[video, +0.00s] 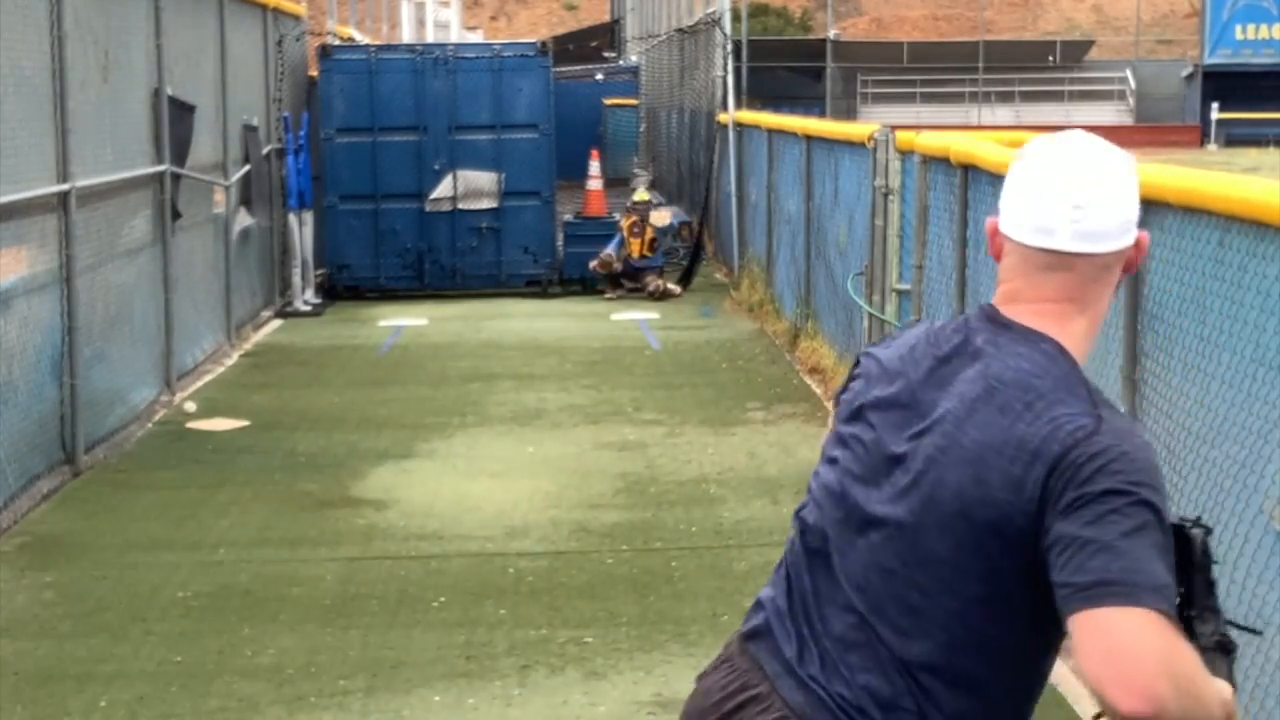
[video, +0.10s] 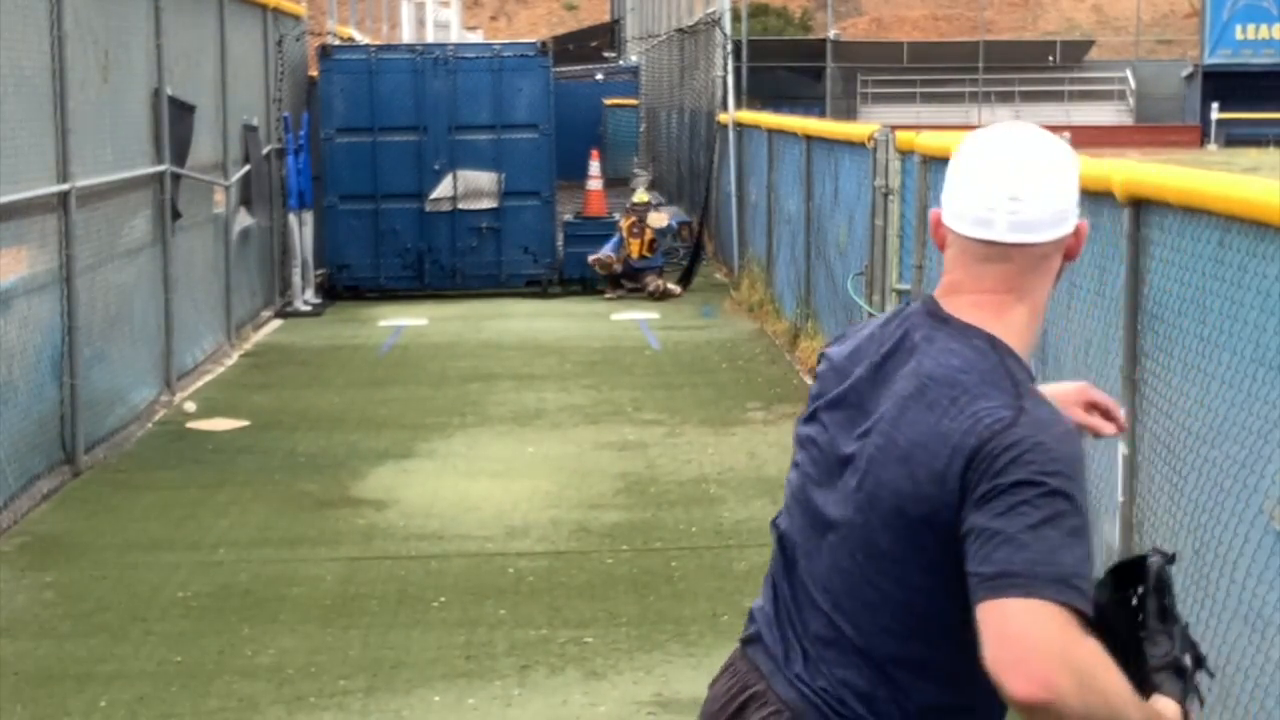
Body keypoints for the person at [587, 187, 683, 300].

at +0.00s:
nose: (642, 209)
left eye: (645, 205)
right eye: (637, 206)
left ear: (650, 207)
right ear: (631, 209)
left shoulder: (658, 227)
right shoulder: (628, 227)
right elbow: (616, 243)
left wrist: (670, 219)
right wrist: (606, 258)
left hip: (651, 267)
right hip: (630, 265)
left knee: (653, 286)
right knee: (610, 265)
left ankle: (665, 289)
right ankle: (616, 289)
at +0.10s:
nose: (640, 212)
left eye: (644, 208)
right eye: (636, 208)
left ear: (649, 209)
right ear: (630, 209)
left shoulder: (656, 228)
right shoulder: (626, 227)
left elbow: (672, 229)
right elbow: (615, 242)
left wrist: (665, 224)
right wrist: (604, 255)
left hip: (650, 267)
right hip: (628, 265)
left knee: (653, 287)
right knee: (610, 265)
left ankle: (665, 289)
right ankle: (615, 289)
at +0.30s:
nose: (654, 227)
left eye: (657, 223)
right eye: (650, 223)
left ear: (663, 223)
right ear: (643, 225)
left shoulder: (671, 237)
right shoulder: (641, 241)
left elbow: (688, 259)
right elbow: (641, 260)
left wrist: (668, 279)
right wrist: (646, 269)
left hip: (678, 277)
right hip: (656, 279)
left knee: (698, 260)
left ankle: (709, 292)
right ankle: (635, 289)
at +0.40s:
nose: (655, 230)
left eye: (658, 225)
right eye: (651, 226)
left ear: (664, 226)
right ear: (644, 227)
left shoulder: (672, 239)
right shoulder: (642, 242)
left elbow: (689, 260)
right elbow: (641, 260)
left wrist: (669, 277)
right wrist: (647, 268)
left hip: (678, 277)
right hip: (656, 279)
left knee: (700, 262)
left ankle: (709, 292)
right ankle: (637, 289)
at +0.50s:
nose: (656, 229)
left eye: (659, 225)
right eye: (652, 225)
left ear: (665, 226)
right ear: (645, 227)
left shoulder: (674, 239)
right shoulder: (642, 243)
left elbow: (690, 258)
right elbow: (642, 260)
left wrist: (670, 269)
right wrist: (648, 271)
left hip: (678, 275)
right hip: (657, 276)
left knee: (699, 261)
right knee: (646, 287)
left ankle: (709, 292)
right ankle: (636, 289)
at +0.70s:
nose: (658, 227)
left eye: (661, 223)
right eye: (654, 223)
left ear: (667, 224)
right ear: (648, 225)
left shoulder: (676, 236)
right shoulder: (644, 239)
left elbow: (695, 252)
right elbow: (641, 259)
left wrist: (673, 252)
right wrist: (647, 269)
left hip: (679, 275)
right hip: (657, 276)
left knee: (700, 261)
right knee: (643, 285)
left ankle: (710, 292)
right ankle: (632, 290)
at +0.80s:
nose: (660, 226)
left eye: (665, 222)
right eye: (656, 222)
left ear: (671, 223)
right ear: (651, 224)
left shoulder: (680, 236)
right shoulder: (646, 240)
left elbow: (700, 242)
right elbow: (642, 263)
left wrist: (681, 247)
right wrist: (648, 268)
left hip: (680, 274)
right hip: (658, 274)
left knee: (701, 261)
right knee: (645, 283)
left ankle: (710, 292)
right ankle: (633, 290)